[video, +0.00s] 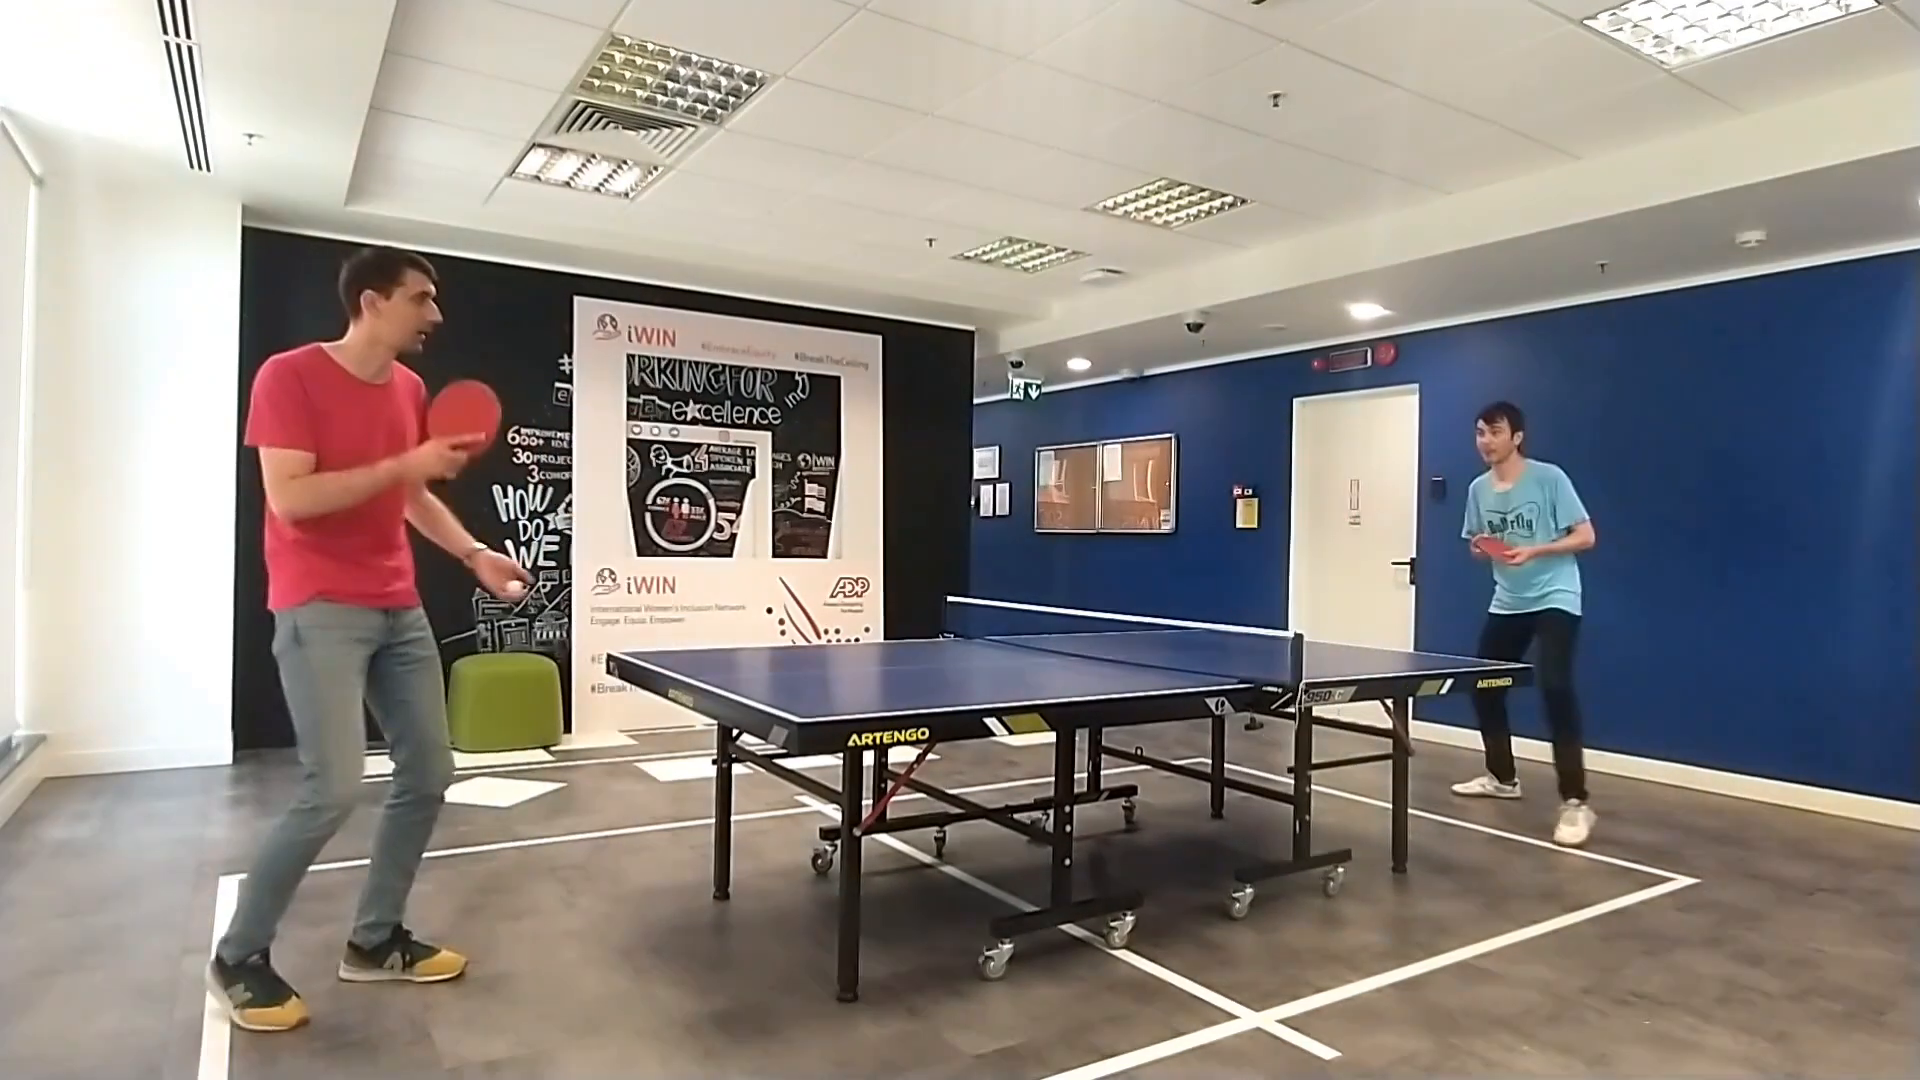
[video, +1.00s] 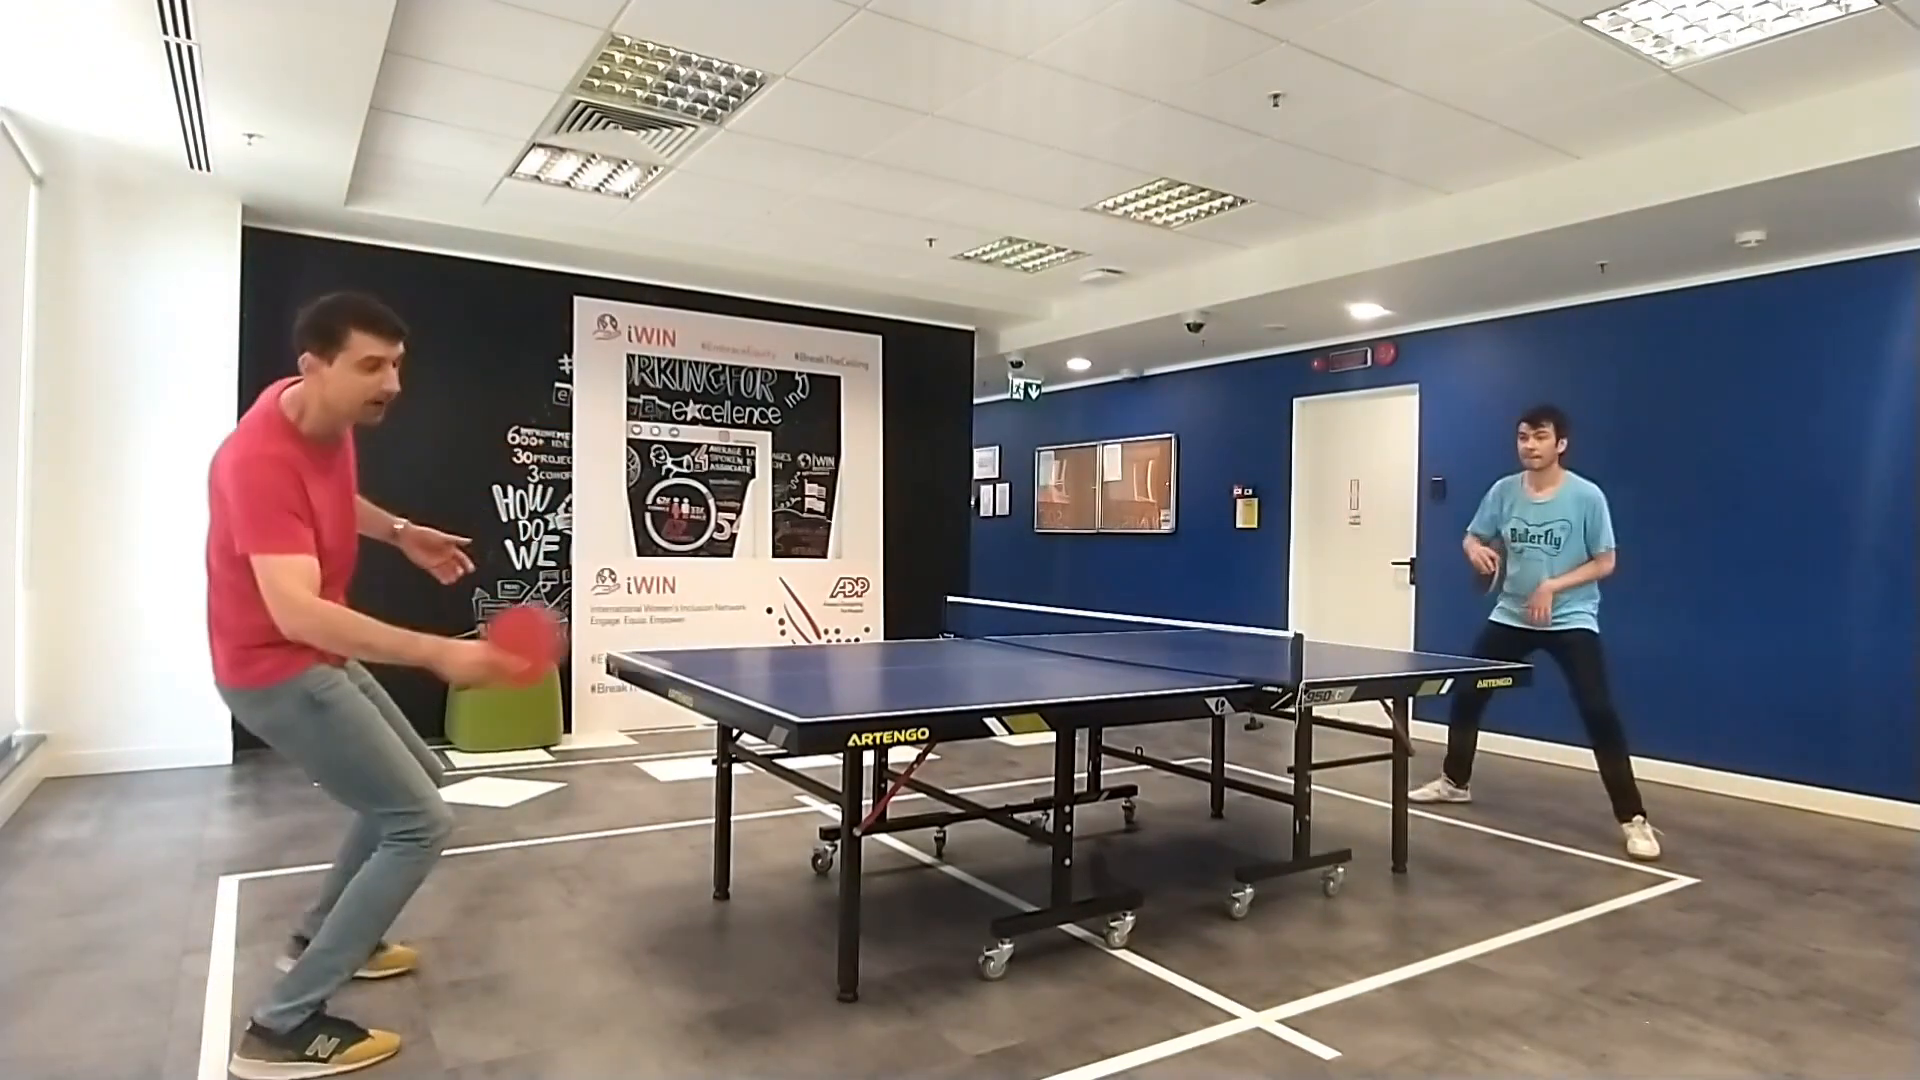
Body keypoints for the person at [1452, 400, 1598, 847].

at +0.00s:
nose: (1485, 440)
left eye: (1494, 432)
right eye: (1480, 433)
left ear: (1516, 436)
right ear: (1477, 439)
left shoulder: (1549, 477)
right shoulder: (1479, 488)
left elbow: (1586, 536)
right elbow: (1476, 549)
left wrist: (1534, 551)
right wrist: (1485, 548)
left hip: (1555, 599)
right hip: (1507, 602)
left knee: (1553, 684)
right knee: (1484, 686)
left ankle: (1574, 803)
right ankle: (1503, 778)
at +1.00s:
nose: (1529, 445)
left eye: (1539, 437)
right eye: (1523, 437)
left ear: (1560, 444)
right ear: (1517, 443)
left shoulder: (1588, 497)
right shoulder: (1503, 492)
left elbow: (1605, 562)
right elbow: (1474, 538)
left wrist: (1553, 584)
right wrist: (1474, 548)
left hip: (1571, 620)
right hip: (1510, 616)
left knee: (1597, 710)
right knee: (1466, 690)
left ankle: (1633, 820)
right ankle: (1454, 782)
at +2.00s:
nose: (1473, 481)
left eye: (1481, 473)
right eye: (1470, 474)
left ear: (1510, 476)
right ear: (1473, 482)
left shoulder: (1552, 517)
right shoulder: (1473, 532)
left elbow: (1592, 572)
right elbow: (1447, 579)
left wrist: (1551, 596)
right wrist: (1445, 599)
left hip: (1569, 648)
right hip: (1507, 645)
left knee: (1622, 730)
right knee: (1433, 700)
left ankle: (1698, 825)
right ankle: (1404, 780)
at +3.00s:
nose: (1765, 451)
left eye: (1775, 440)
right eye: (1764, 442)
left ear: (1811, 444)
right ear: (1766, 447)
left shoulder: (1843, 510)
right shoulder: (1763, 478)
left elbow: (1862, 590)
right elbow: (1719, 482)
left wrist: (1794, 576)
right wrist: (1716, 502)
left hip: (1800, 642)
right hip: (1742, 625)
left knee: (1801, 741)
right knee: (1700, 700)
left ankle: (1871, 854)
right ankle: (1719, 777)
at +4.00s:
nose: (1560, 492)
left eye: (1567, 482)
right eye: (1558, 485)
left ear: (1595, 482)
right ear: (1595, 487)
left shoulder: (1607, 512)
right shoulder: (1631, 511)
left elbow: (1602, 564)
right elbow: (1678, 565)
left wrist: (1560, 580)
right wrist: (1720, 623)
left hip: (1703, 621)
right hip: (1679, 624)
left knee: (1718, 710)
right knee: (1639, 694)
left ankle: (1814, 815)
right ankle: (1649, 782)